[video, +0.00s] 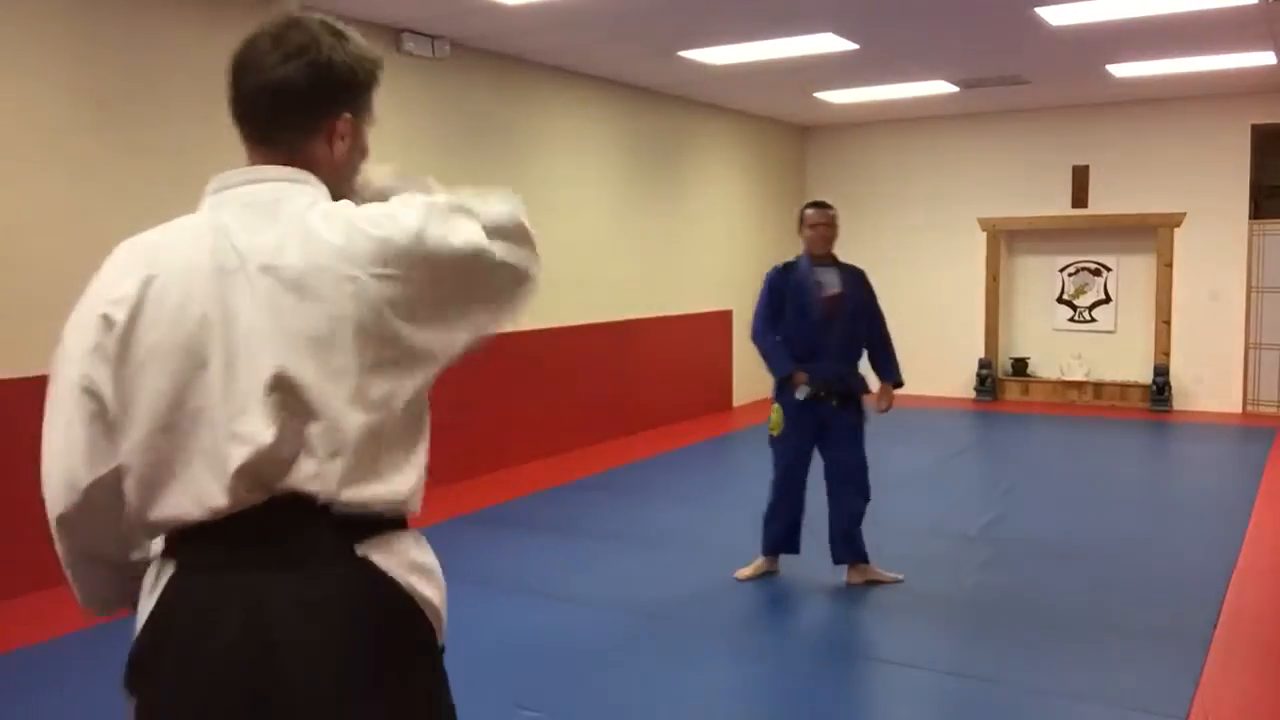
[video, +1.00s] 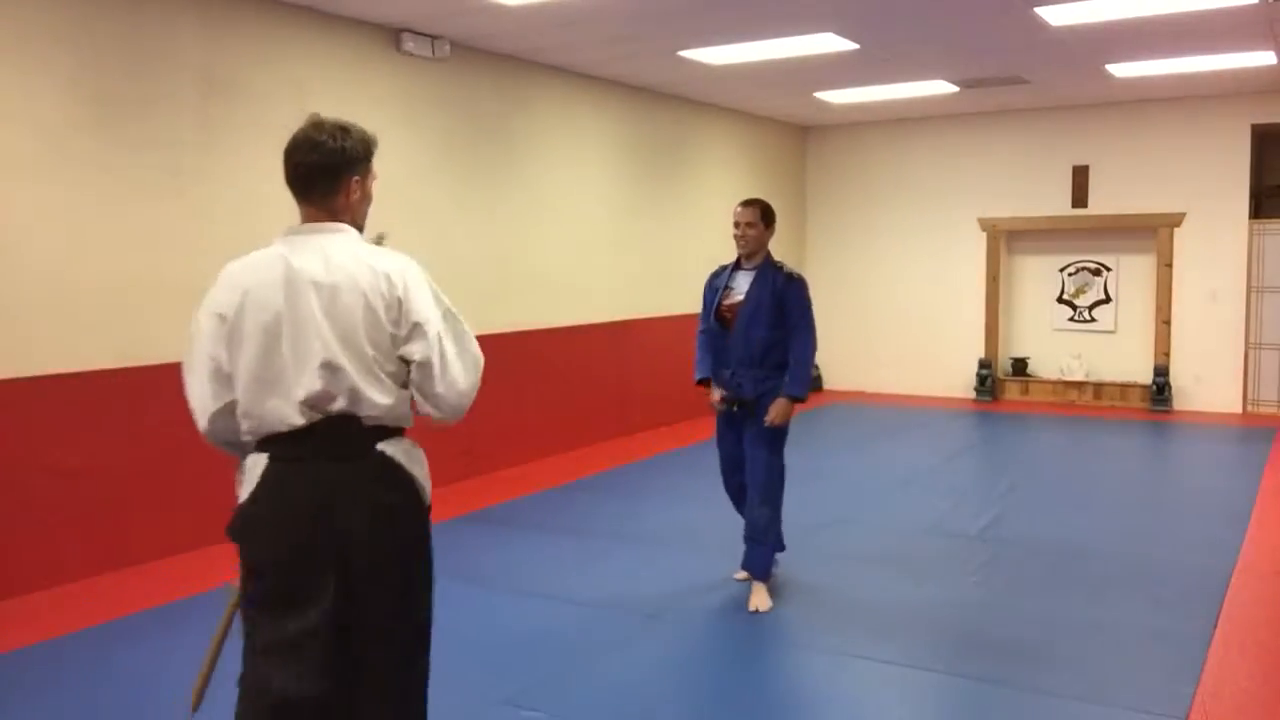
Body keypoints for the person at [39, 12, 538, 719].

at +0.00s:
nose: (365, 143)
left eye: (364, 126)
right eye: (364, 128)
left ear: (247, 126)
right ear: (340, 133)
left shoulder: (134, 269)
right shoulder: (378, 246)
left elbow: (75, 485)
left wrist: (131, 585)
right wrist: (380, 192)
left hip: (195, 599)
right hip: (360, 598)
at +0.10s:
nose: (370, 164)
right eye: (372, 150)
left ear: (258, 142)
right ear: (347, 150)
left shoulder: (150, 273)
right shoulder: (377, 248)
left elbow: (81, 477)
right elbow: (471, 183)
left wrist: (135, 576)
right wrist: (368, 155)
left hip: (202, 588)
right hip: (358, 586)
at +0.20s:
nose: (368, 186)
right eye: (370, 167)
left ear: (267, 161)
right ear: (348, 168)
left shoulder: (157, 281)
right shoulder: (368, 255)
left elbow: (88, 478)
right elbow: (437, 170)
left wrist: (132, 567)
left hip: (204, 582)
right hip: (347, 582)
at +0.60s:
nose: (346, 186)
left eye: (347, 172)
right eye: (345, 171)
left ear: (255, 161)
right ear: (321, 167)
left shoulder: (168, 266)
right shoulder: (337, 242)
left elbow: (137, 427)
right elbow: (408, 206)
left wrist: (177, 516)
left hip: (198, 520)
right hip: (320, 519)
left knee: (202, 703)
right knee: (353, 700)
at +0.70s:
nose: (345, 192)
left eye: (348, 176)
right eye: (346, 176)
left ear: (261, 169)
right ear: (321, 174)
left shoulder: (180, 272)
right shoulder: (342, 250)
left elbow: (153, 425)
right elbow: (427, 234)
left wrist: (197, 505)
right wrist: (345, 225)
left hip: (214, 514)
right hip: (332, 514)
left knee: (214, 700)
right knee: (357, 697)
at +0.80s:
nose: (349, 200)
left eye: (351, 184)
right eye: (349, 184)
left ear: (270, 181)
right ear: (327, 185)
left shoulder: (198, 282)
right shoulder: (357, 266)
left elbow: (173, 427)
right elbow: (452, 299)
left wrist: (222, 490)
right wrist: (395, 257)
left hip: (234, 510)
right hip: (346, 508)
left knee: (226, 686)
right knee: (370, 683)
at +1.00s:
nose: (370, 192)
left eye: (369, 179)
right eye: (369, 180)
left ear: (296, 185)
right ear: (356, 186)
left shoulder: (239, 280)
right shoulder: (394, 276)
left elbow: (213, 413)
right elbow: (451, 391)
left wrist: (275, 443)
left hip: (280, 499)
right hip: (382, 496)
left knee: (278, 673)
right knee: (388, 671)